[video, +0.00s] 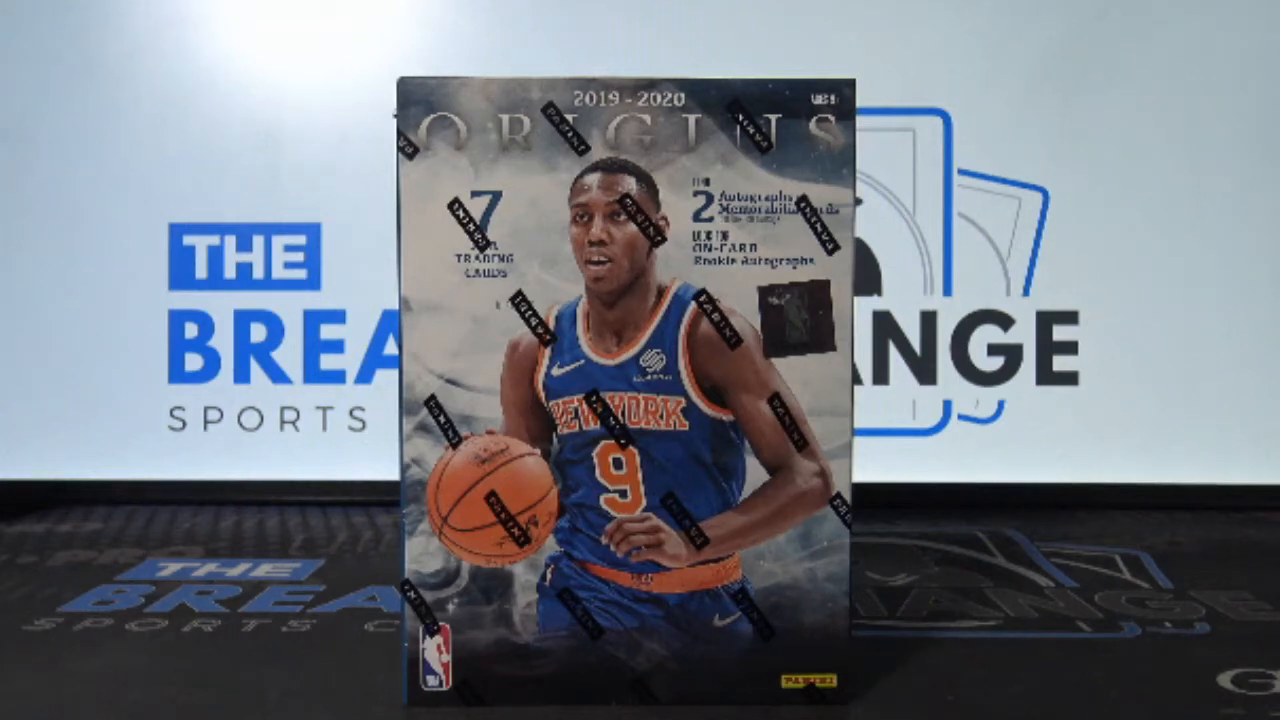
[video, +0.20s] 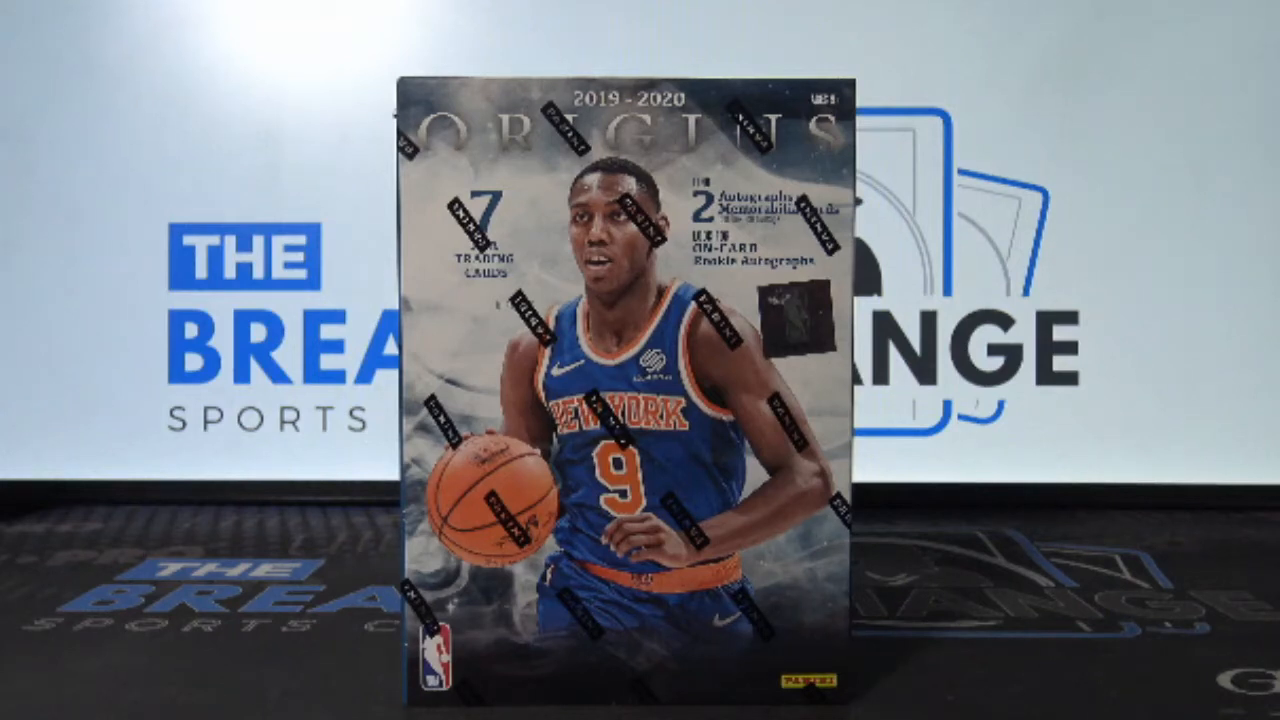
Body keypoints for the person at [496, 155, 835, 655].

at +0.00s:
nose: (595, 235)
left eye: (617, 216)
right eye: (581, 218)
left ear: (657, 230)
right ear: (569, 232)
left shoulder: (712, 334)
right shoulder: (534, 353)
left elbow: (809, 476)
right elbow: (528, 489)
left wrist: (695, 542)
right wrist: (479, 471)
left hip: (698, 612)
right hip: (583, 605)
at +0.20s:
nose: (595, 235)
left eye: (618, 216)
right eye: (581, 218)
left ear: (657, 230)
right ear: (570, 232)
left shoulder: (712, 334)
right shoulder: (534, 353)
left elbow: (809, 476)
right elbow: (526, 489)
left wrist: (695, 542)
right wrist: (475, 472)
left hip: (699, 613)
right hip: (583, 606)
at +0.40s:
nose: (595, 235)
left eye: (618, 216)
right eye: (581, 218)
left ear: (657, 230)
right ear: (570, 232)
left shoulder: (713, 334)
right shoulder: (534, 353)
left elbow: (810, 476)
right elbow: (526, 488)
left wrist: (695, 542)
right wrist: (475, 473)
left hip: (698, 611)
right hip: (583, 604)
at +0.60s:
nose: (595, 235)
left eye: (618, 216)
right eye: (581, 218)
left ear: (657, 230)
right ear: (570, 232)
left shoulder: (712, 334)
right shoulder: (534, 353)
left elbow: (810, 476)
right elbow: (526, 488)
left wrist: (695, 542)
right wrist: (475, 473)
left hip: (698, 611)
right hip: (583, 604)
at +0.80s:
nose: (595, 235)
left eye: (618, 216)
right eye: (581, 218)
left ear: (657, 230)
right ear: (570, 232)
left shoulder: (713, 334)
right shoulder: (534, 353)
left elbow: (810, 476)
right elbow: (525, 487)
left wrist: (695, 542)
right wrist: (476, 472)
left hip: (698, 611)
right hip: (583, 604)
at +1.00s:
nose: (595, 235)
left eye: (617, 216)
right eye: (581, 218)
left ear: (657, 230)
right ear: (569, 232)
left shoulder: (713, 334)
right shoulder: (534, 353)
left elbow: (809, 476)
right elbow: (526, 487)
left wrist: (695, 542)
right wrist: (474, 474)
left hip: (698, 611)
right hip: (584, 604)